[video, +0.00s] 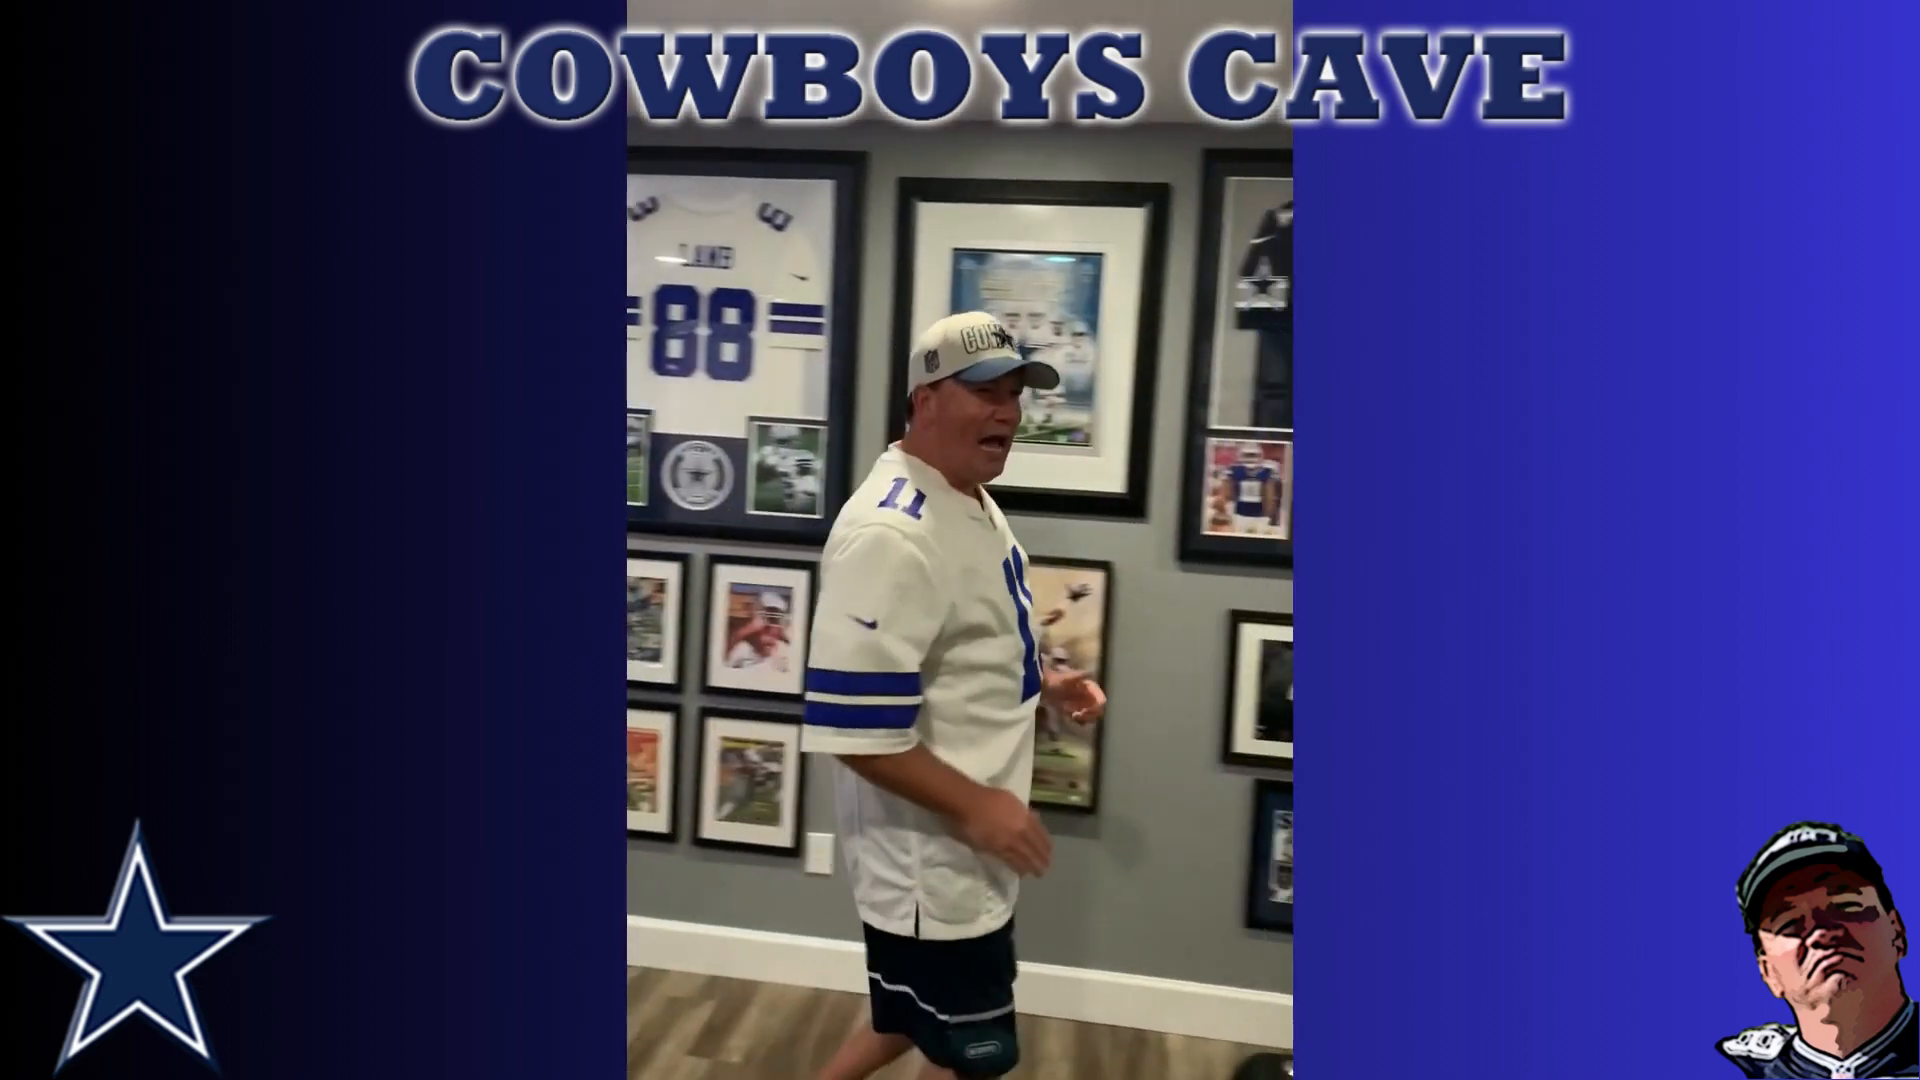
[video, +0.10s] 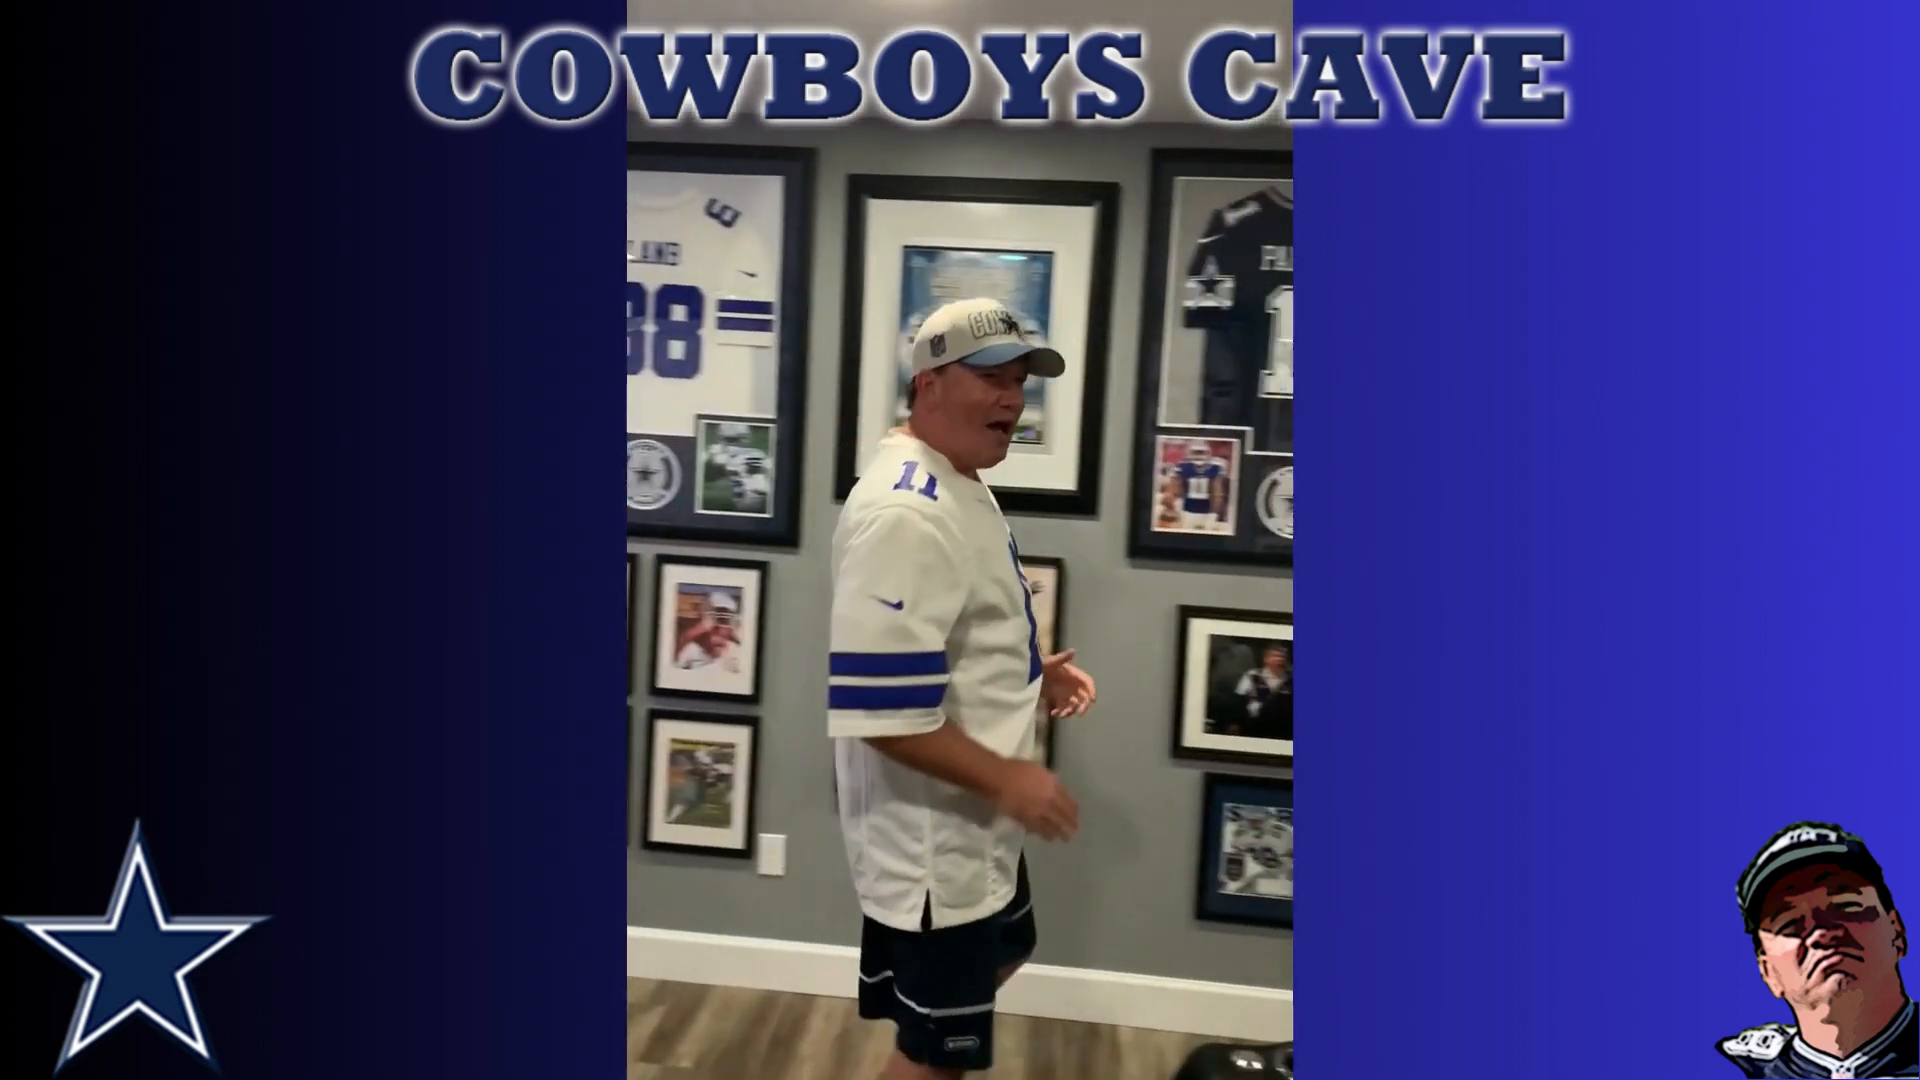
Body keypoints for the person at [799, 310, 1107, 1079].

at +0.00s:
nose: (1008, 413)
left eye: (1016, 394)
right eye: (986, 390)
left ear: (1022, 402)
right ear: (925, 397)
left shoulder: (970, 503)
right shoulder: (887, 534)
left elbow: (963, 660)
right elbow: (855, 731)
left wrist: (1042, 685)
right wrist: (975, 806)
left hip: (962, 849)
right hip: (925, 861)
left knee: (897, 1022)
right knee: (970, 1057)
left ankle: (830, 1077)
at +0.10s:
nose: (1014, 400)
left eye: (1021, 381)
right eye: (992, 376)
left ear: (1024, 390)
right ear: (929, 384)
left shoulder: (959, 490)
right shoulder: (903, 513)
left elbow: (950, 645)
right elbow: (886, 711)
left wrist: (1031, 673)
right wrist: (1005, 777)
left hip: (975, 829)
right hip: (930, 846)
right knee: (934, 1052)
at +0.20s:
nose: (1013, 398)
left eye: (1019, 379)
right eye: (992, 377)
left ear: (1025, 386)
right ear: (929, 385)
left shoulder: (945, 485)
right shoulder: (911, 510)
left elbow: (943, 634)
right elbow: (898, 707)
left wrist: (1028, 667)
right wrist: (1016, 764)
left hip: (964, 820)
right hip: (927, 834)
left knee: (990, 961)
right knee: (901, 1045)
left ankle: (976, 1074)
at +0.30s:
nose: (1013, 422)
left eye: (1017, 403)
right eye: (993, 401)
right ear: (933, 412)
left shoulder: (940, 505)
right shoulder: (914, 530)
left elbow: (938, 661)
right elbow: (910, 728)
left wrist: (1027, 690)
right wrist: (1022, 780)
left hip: (958, 839)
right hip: (923, 855)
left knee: (979, 981)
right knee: (871, 1053)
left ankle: (1001, 1075)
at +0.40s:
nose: (1014, 428)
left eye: (1017, 410)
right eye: (995, 407)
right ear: (936, 418)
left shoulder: (944, 507)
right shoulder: (914, 531)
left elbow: (944, 666)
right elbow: (905, 723)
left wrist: (1027, 698)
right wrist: (1019, 775)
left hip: (956, 828)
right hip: (919, 840)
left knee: (985, 973)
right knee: (877, 1050)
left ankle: (989, 1076)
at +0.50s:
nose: (1010, 421)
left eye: (1015, 404)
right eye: (989, 403)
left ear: (1020, 410)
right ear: (934, 413)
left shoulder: (955, 506)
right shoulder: (913, 526)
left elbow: (947, 653)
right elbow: (892, 705)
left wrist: (1032, 679)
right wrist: (1008, 758)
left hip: (967, 820)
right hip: (929, 831)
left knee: (988, 962)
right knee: (909, 1048)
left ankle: (959, 1076)